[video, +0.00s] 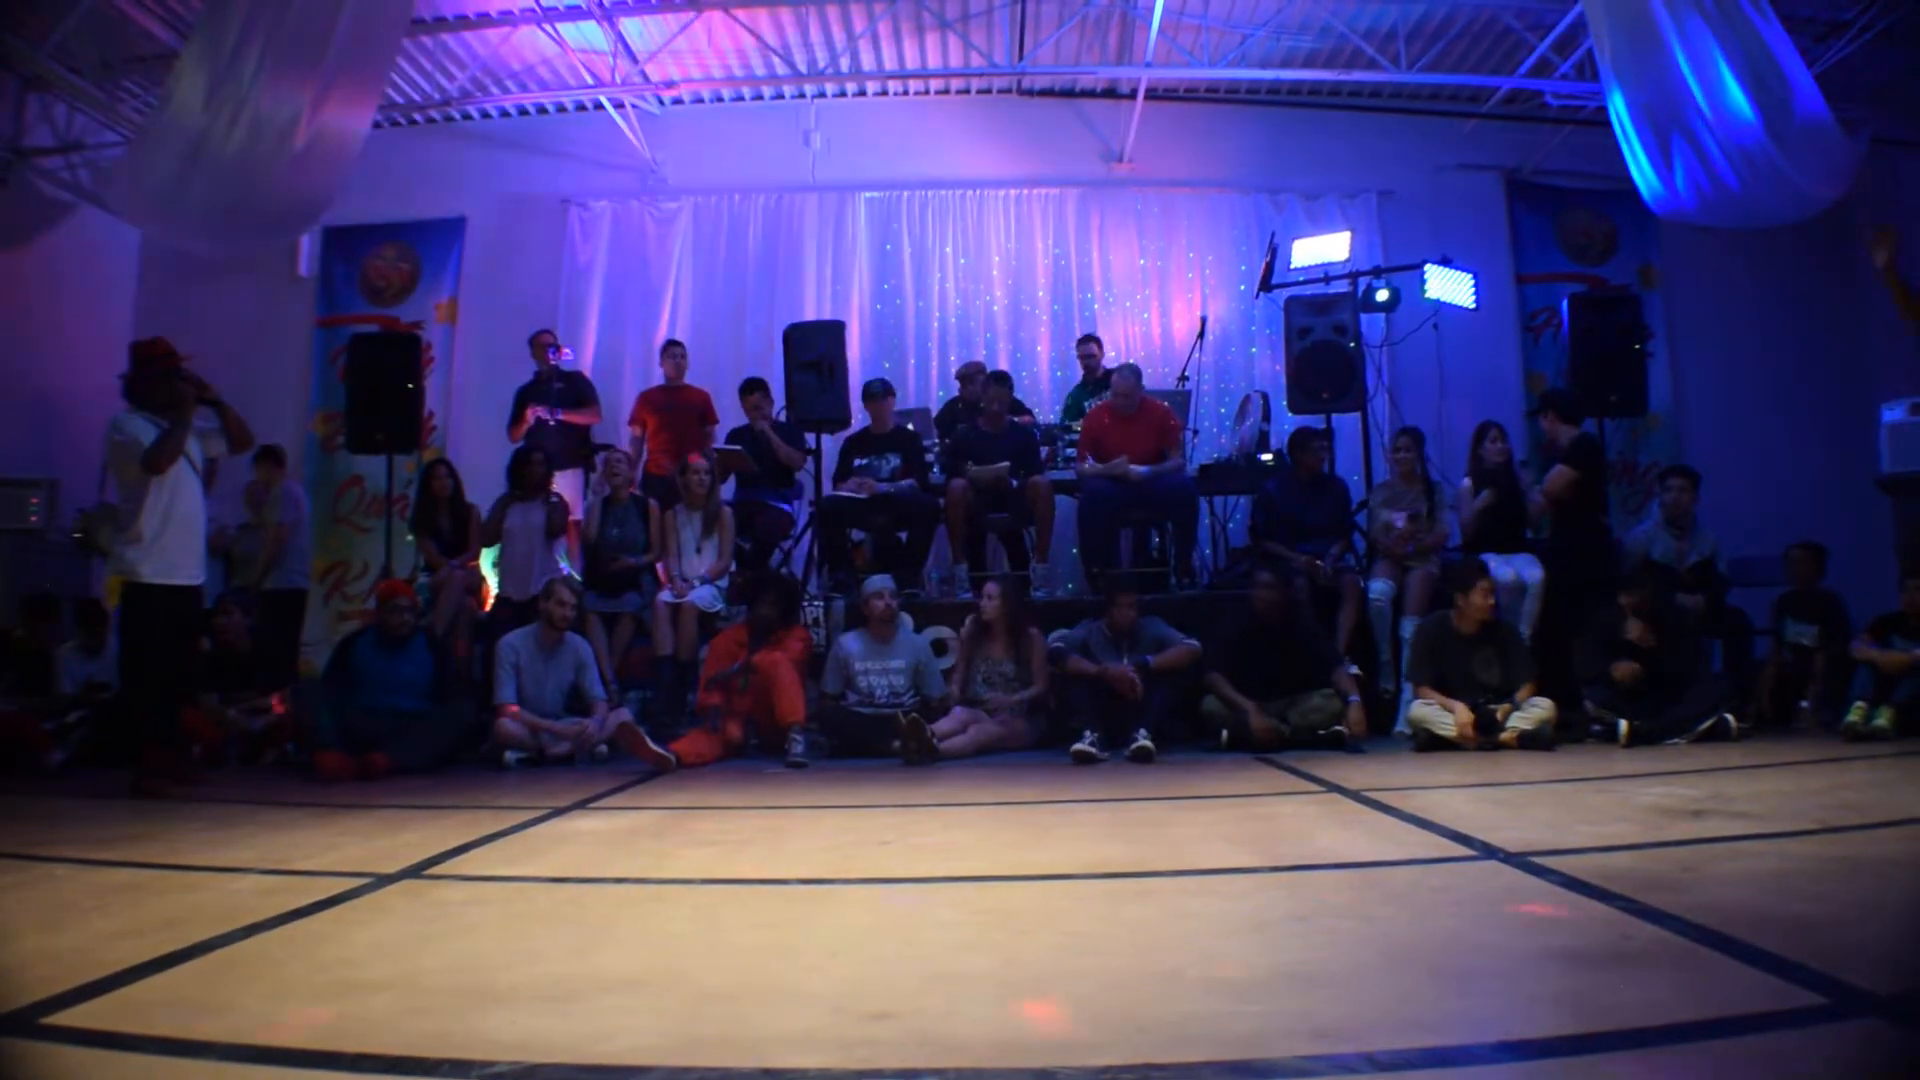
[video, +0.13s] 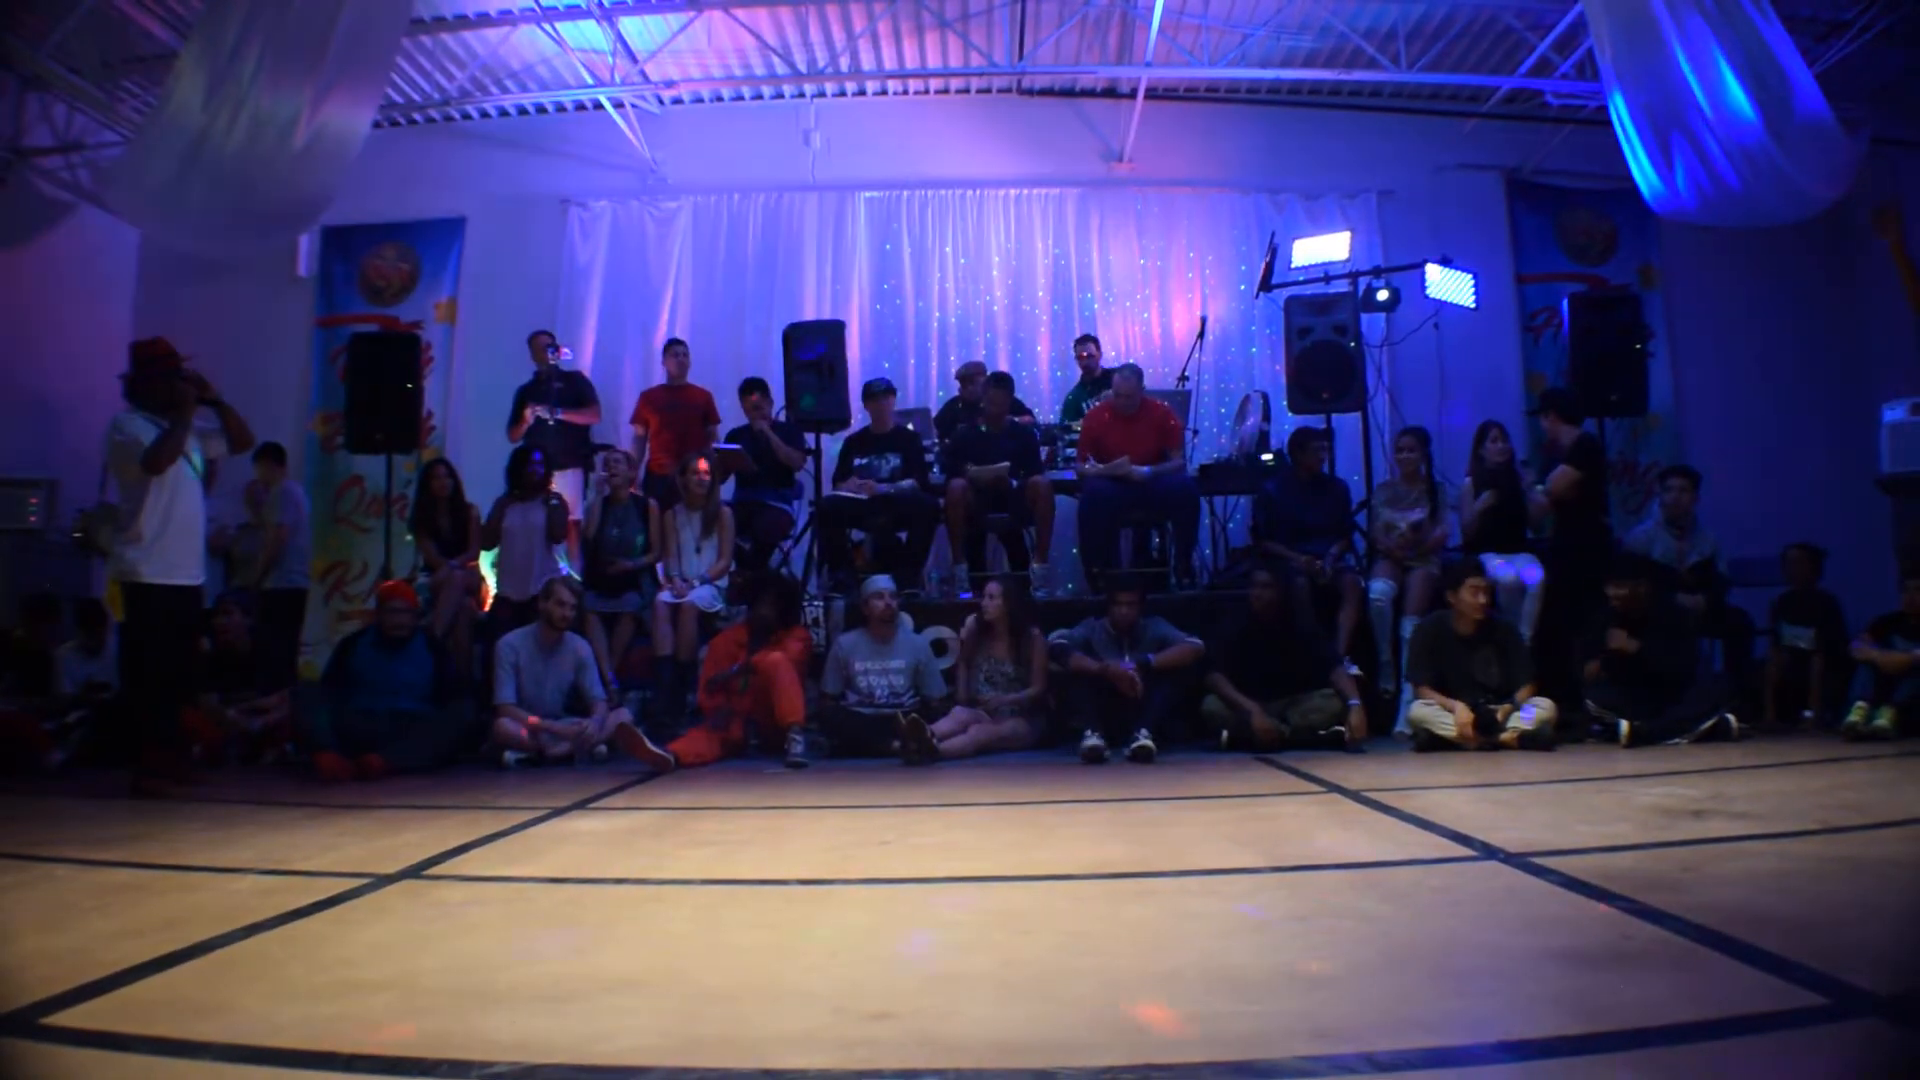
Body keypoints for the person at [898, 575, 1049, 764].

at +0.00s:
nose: (982, 604)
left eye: (990, 598)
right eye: (982, 598)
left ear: (1008, 602)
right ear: (979, 599)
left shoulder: (1030, 637)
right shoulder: (973, 632)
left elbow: (1040, 686)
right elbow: (960, 671)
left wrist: (1010, 701)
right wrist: (957, 694)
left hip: (1017, 715)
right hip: (981, 710)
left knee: (982, 732)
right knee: (960, 715)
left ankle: (932, 750)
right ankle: (924, 734)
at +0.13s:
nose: (984, 603)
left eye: (992, 598)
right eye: (984, 597)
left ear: (1010, 602)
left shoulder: (1031, 637)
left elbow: (1038, 689)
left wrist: (1002, 701)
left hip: (1021, 716)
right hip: (985, 713)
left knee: (981, 733)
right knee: (960, 714)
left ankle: (931, 751)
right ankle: (924, 734)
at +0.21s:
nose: (985, 603)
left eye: (993, 598)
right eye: (985, 597)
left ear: (1012, 602)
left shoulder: (1034, 639)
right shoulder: (976, 632)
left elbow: (1036, 690)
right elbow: (965, 688)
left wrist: (999, 702)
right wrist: (964, 641)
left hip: (1021, 716)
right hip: (984, 712)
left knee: (980, 733)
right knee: (960, 714)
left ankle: (931, 751)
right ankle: (925, 734)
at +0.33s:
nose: (987, 605)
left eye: (995, 600)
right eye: (987, 599)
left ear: (1014, 604)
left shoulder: (1036, 641)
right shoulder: (978, 633)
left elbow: (1036, 694)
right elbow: (964, 680)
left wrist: (999, 708)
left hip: (1021, 715)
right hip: (983, 708)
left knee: (979, 733)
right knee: (959, 716)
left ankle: (931, 751)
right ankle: (923, 735)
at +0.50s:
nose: (990, 610)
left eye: (998, 604)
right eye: (990, 604)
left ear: (1017, 607)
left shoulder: (1036, 644)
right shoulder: (986, 643)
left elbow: (1037, 696)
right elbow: (977, 685)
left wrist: (999, 713)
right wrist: (985, 708)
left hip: (1027, 718)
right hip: (994, 712)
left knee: (979, 734)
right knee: (960, 715)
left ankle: (931, 752)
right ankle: (922, 735)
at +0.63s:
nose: (992, 612)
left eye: (999, 605)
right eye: (991, 605)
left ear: (1018, 609)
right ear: (988, 607)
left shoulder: (1036, 645)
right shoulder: (987, 643)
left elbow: (1039, 696)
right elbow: (965, 676)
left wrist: (1001, 715)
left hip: (1023, 720)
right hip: (990, 713)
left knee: (979, 736)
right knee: (959, 716)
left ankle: (933, 753)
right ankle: (921, 739)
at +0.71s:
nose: (992, 612)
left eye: (998, 605)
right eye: (991, 605)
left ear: (1017, 608)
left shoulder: (1037, 645)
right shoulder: (982, 641)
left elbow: (1039, 696)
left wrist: (1001, 714)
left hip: (1017, 719)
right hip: (983, 711)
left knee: (977, 735)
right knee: (958, 716)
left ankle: (934, 753)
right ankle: (921, 739)